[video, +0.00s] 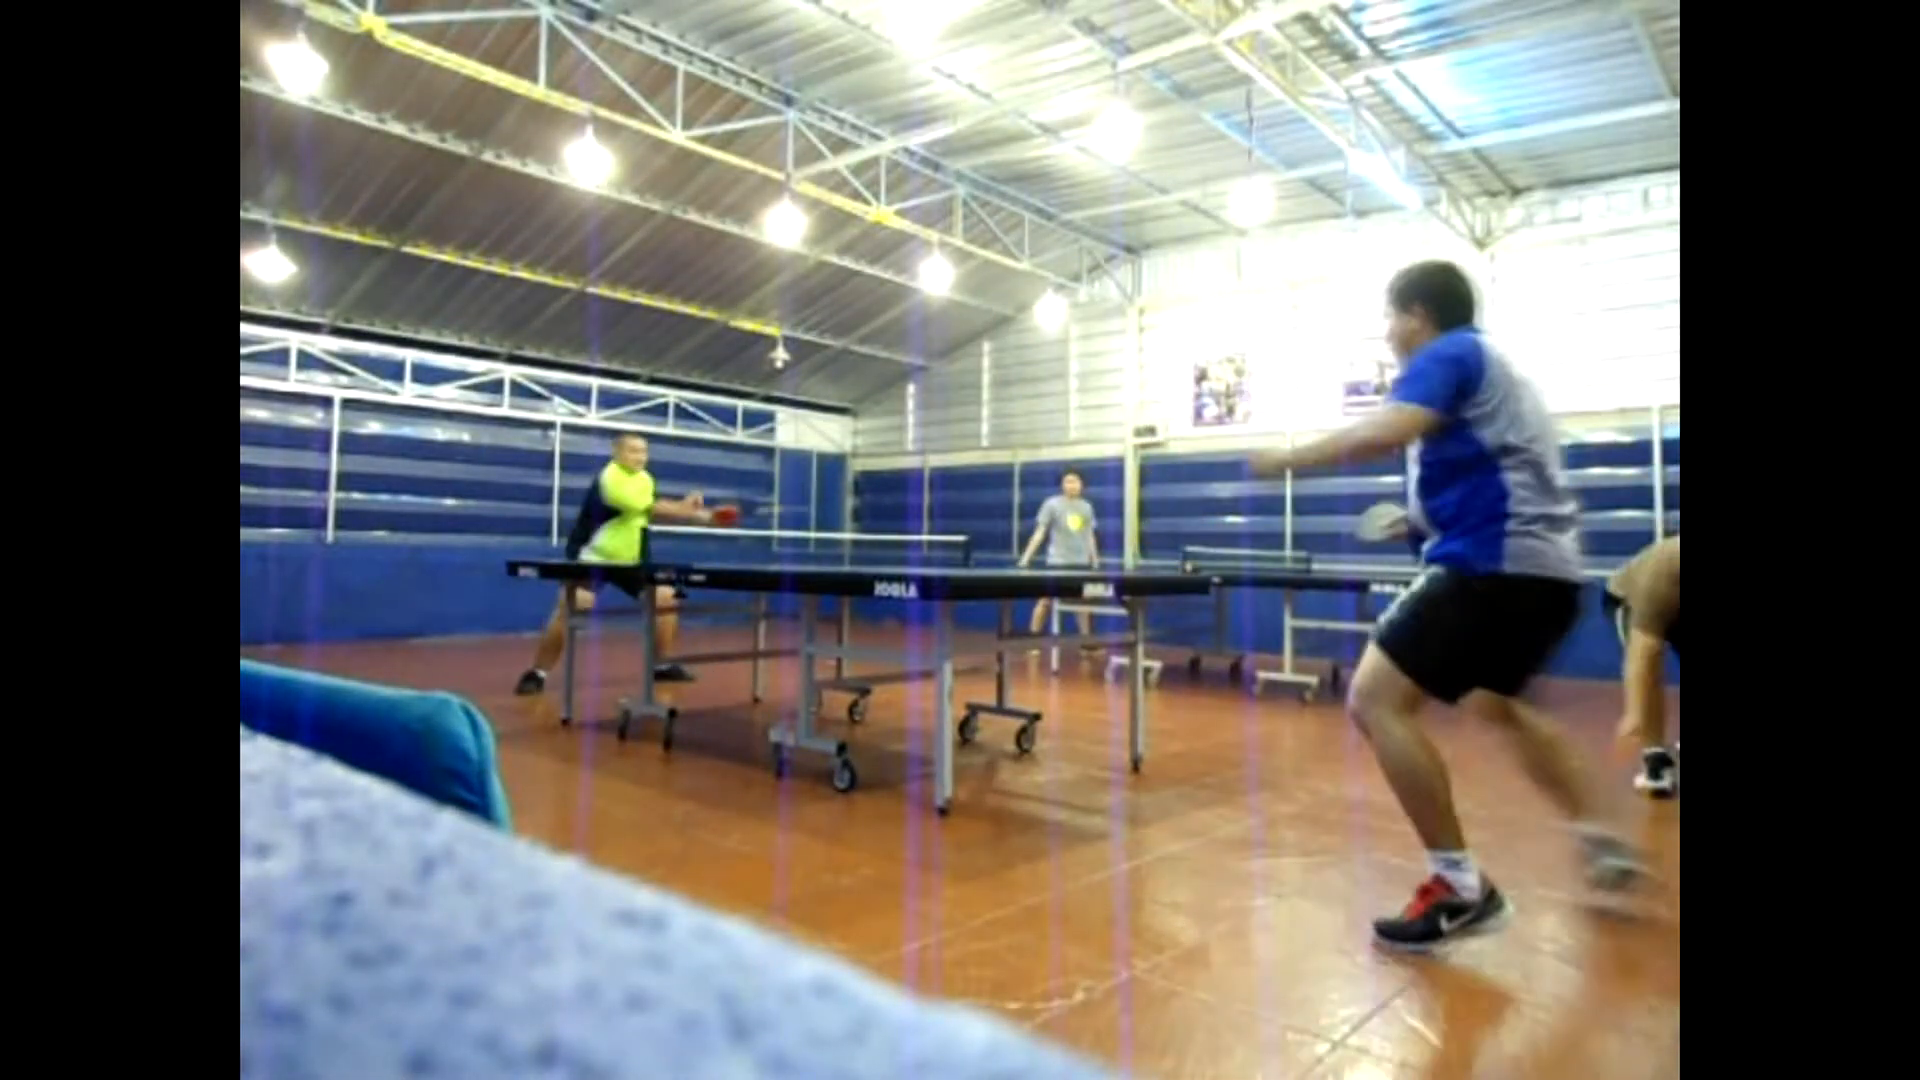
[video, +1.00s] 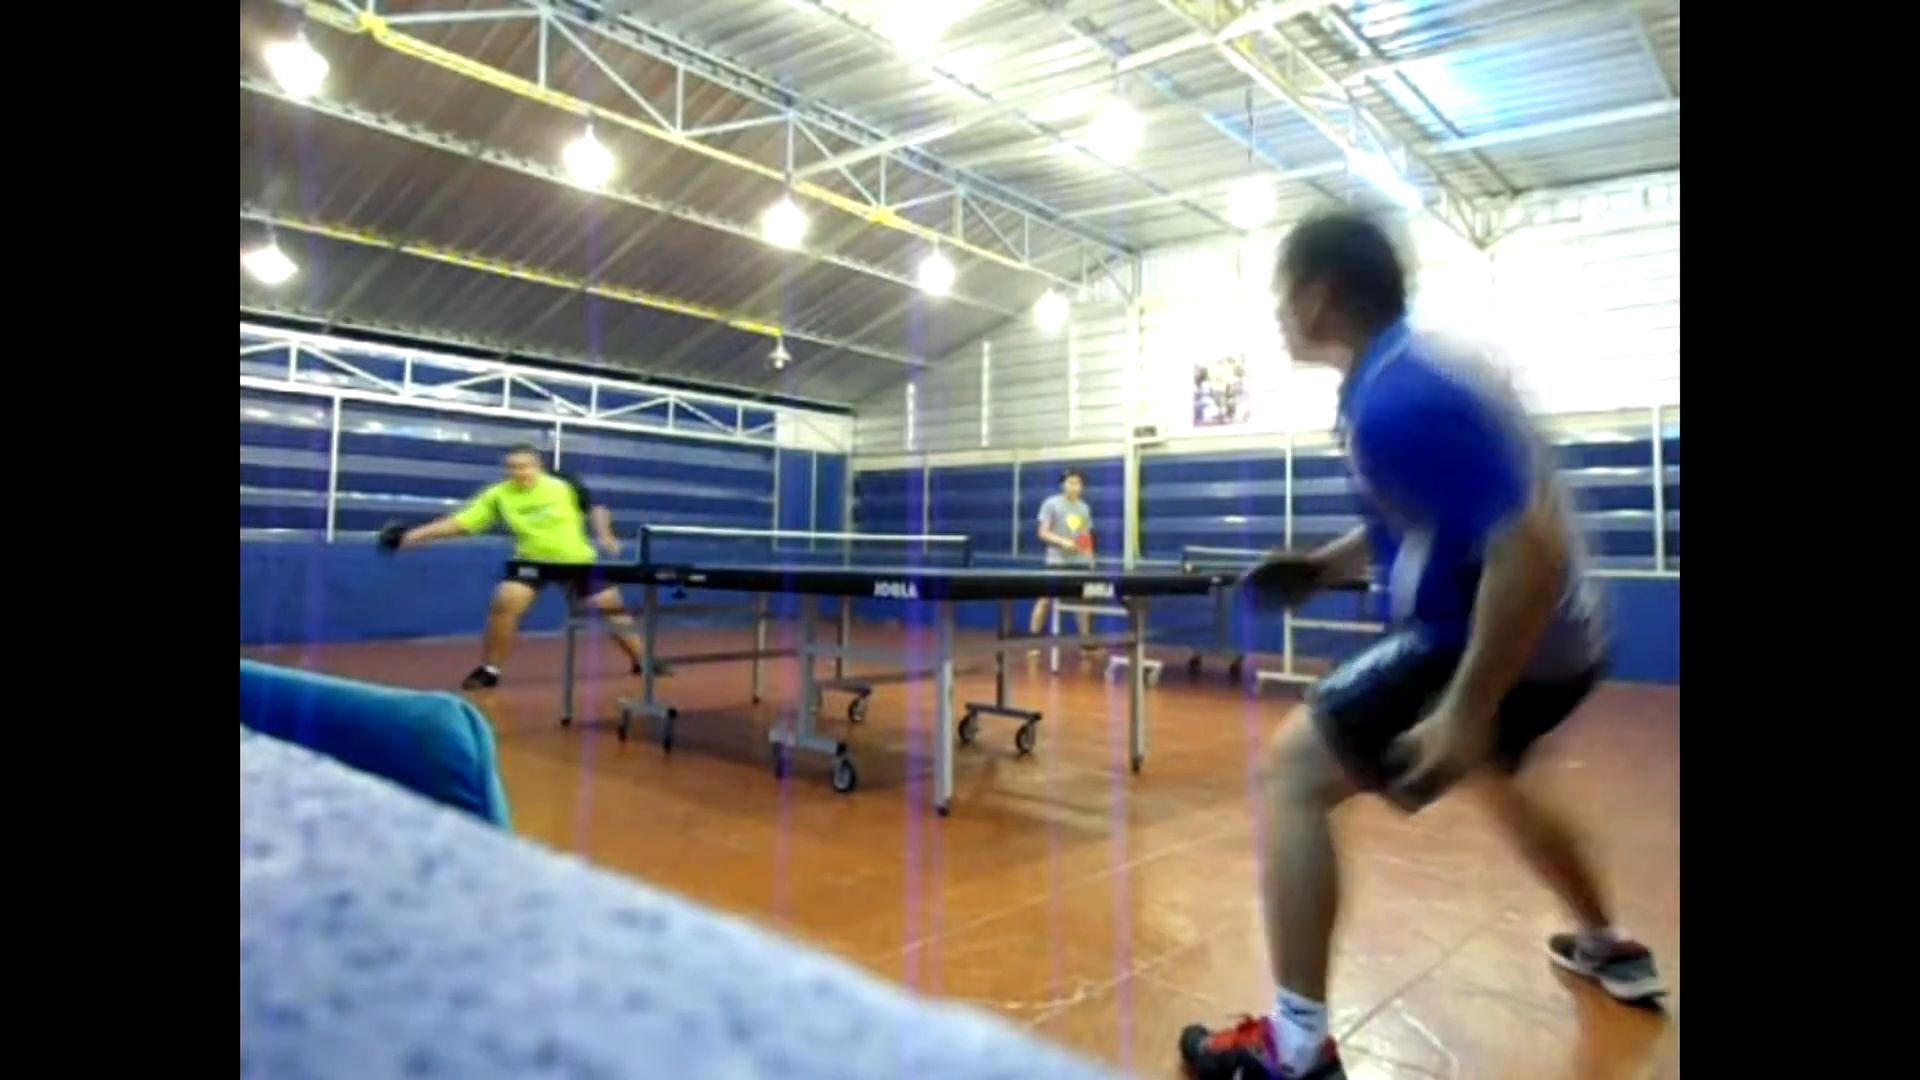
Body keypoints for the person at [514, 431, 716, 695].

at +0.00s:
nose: (639, 457)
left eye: (643, 451)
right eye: (632, 451)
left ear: (646, 455)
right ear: (617, 452)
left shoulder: (645, 481)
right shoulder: (610, 480)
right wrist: (686, 509)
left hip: (629, 562)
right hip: (591, 562)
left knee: (665, 598)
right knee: (575, 606)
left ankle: (663, 663)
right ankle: (538, 671)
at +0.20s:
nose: (652, 445)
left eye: (656, 439)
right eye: (645, 438)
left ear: (659, 443)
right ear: (630, 439)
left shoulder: (655, 473)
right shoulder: (615, 464)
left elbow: (652, 509)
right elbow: (622, 500)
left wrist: (678, 516)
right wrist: (671, 508)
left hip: (636, 545)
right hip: (599, 543)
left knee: (662, 594)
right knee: (581, 598)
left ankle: (663, 661)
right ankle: (541, 666)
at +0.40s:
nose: (637, 448)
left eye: (642, 443)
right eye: (631, 442)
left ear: (647, 447)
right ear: (620, 443)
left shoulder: (649, 479)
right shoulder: (598, 469)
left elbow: (641, 516)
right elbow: (578, 503)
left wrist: (651, 535)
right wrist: (619, 524)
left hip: (633, 558)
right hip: (596, 556)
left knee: (663, 594)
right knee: (579, 602)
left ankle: (663, 661)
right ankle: (535, 660)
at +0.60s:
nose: (614, 442)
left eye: (618, 436)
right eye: (608, 435)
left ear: (623, 441)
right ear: (595, 437)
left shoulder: (629, 469)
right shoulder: (571, 460)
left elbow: (635, 497)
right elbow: (550, 491)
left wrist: (642, 506)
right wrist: (580, 502)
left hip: (615, 546)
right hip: (573, 545)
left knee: (641, 599)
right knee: (553, 601)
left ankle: (666, 656)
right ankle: (532, 661)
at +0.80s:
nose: (586, 456)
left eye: (591, 450)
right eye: (581, 451)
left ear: (599, 452)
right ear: (571, 453)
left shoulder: (614, 478)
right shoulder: (553, 479)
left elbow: (637, 507)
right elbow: (535, 510)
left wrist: (622, 513)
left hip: (607, 558)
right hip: (562, 557)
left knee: (636, 600)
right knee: (535, 600)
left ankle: (643, 663)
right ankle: (501, 664)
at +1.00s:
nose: (521, 473)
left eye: (526, 466)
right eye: (515, 468)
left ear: (538, 465)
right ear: (508, 470)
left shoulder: (563, 486)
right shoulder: (499, 496)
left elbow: (595, 508)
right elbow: (459, 522)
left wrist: (605, 536)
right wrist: (410, 537)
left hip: (577, 559)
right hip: (532, 561)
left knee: (611, 605)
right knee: (504, 603)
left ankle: (643, 660)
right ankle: (490, 669)